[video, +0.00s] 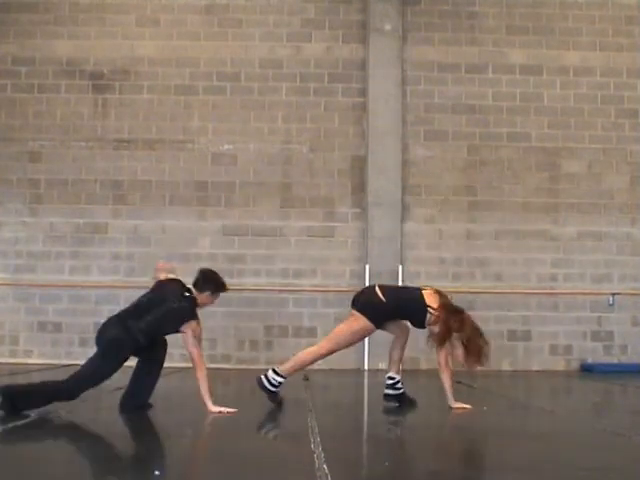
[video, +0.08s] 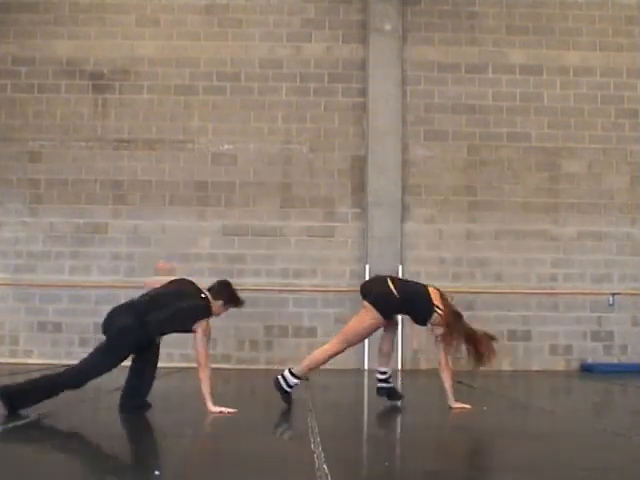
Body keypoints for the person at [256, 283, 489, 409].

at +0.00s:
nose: (442, 337)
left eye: (446, 335)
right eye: (444, 333)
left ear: (450, 315)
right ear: (449, 324)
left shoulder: (435, 298)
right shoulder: (436, 320)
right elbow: (444, 364)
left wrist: (460, 355)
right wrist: (452, 401)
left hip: (372, 298)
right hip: (373, 308)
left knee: (403, 330)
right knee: (325, 348)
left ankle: (393, 383)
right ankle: (273, 377)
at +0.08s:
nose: (449, 342)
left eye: (453, 341)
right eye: (453, 341)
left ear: (452, 324)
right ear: (453, 328)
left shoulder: (440, 299)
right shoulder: (441, 322)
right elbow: (444, 363)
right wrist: (452, 401)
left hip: (377, 285)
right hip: (384, 301)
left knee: (391, 328)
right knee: (340, 344)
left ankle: (383, 380)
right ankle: (289, 377)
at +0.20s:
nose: (441, 337)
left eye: (443, 334)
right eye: (443, 334)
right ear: (447, 326)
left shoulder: (430, 292)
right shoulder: (442, 318)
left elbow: (398, 281)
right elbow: (447, 363)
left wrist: (374, 292)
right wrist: (451, 400)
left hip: (382, 288)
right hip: (400, 309)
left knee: (369, 318)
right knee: (351, 354)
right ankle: (302, 387)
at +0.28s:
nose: (445, 331)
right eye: (447, 327)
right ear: (445, 316)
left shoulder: (422, 287)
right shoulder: (442, 320)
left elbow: (387, 272)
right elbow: (447, 365)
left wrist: (373, 297)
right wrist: (452, 401)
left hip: (399, 303)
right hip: (410, 330)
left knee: (354, 314)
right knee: (357, 364)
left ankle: (336, 328)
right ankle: (308, 391)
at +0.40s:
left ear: (422, 291)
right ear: (436, 304)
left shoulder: (418, 288)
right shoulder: (440, 320)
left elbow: (384, 276)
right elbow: (448, 364)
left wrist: (366, 298)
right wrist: (452, 401)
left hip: (410, 329)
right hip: (419, 353)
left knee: (347, 322)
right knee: (362, 377)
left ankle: (378, 351)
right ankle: (310, 396)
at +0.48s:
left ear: (416, 293)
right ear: (430, 301)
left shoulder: (414, 292)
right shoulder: (437, 319)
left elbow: (384, 283)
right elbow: (447, 360)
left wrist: (369, 306)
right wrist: (452, 400)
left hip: (418, 349)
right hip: (424, 368)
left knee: (361, 347)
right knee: (361, 385)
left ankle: (402, 388)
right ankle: (310, 398)